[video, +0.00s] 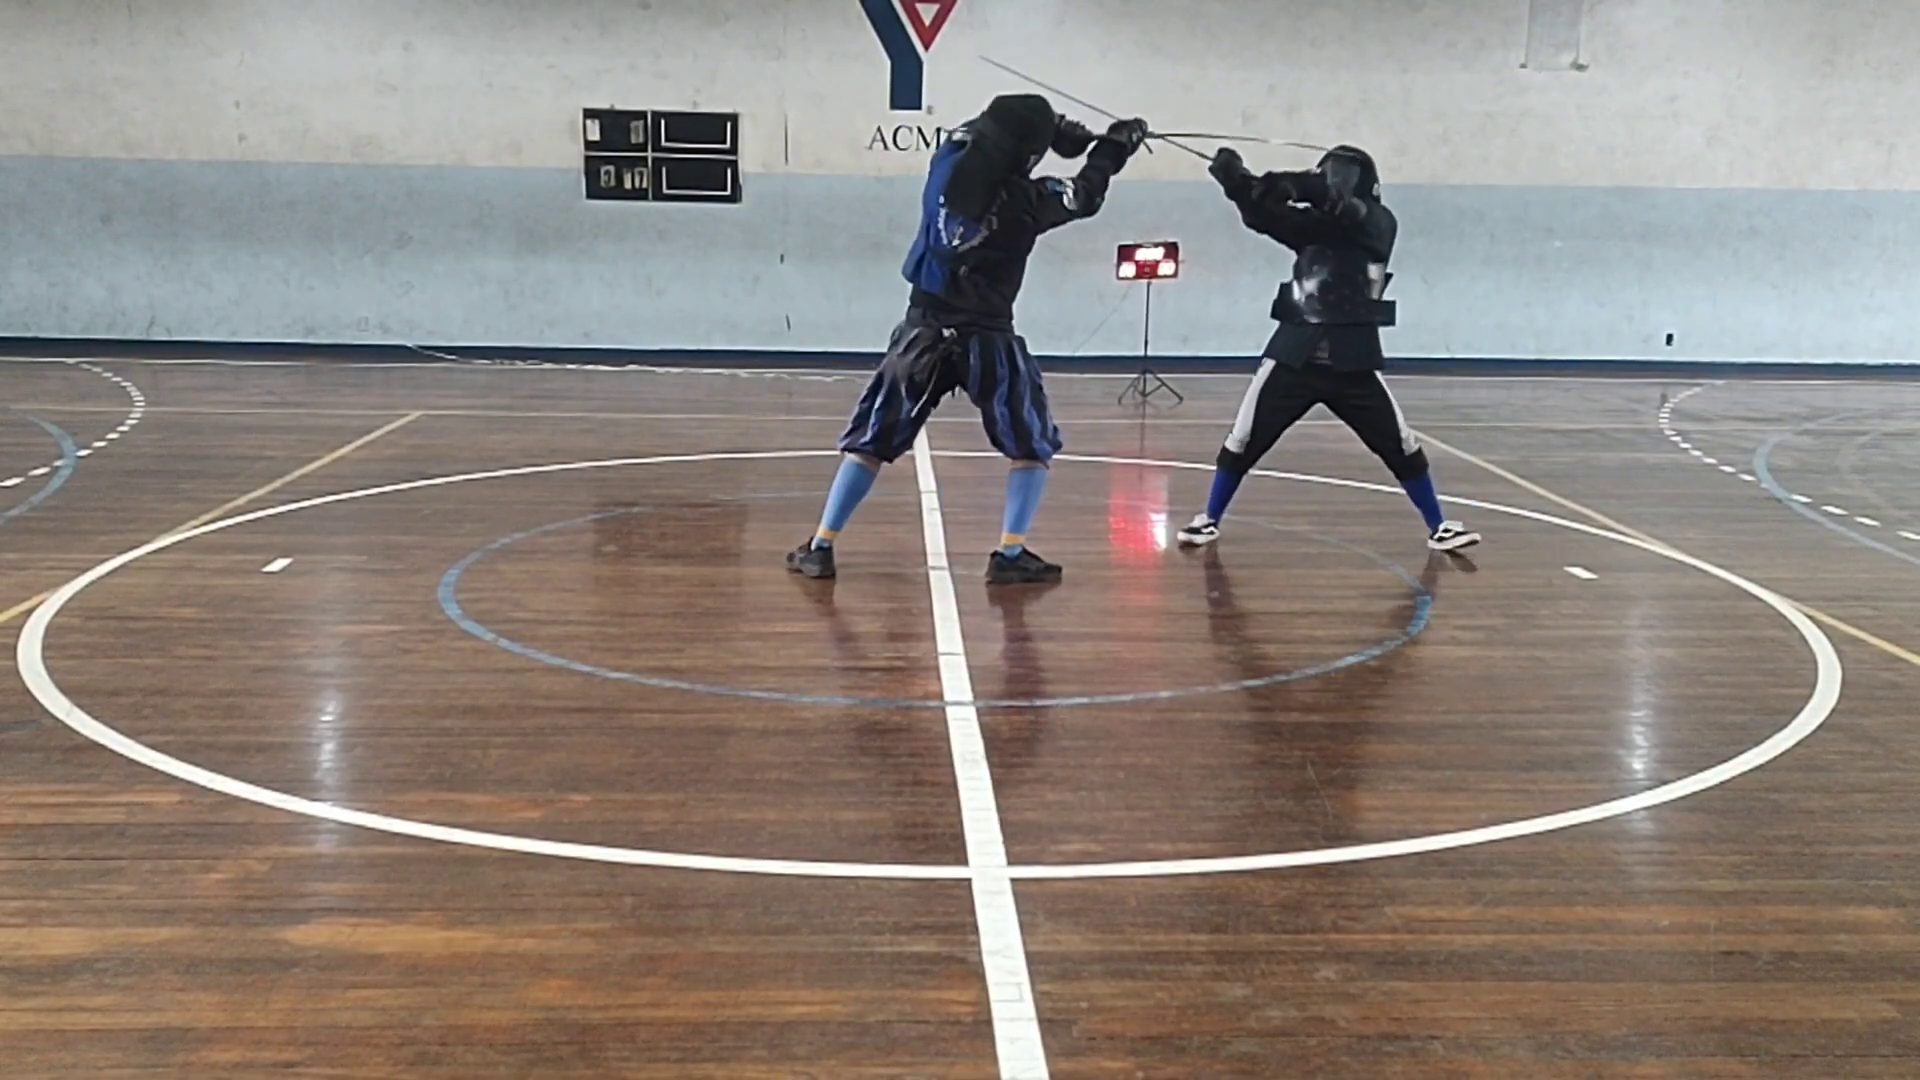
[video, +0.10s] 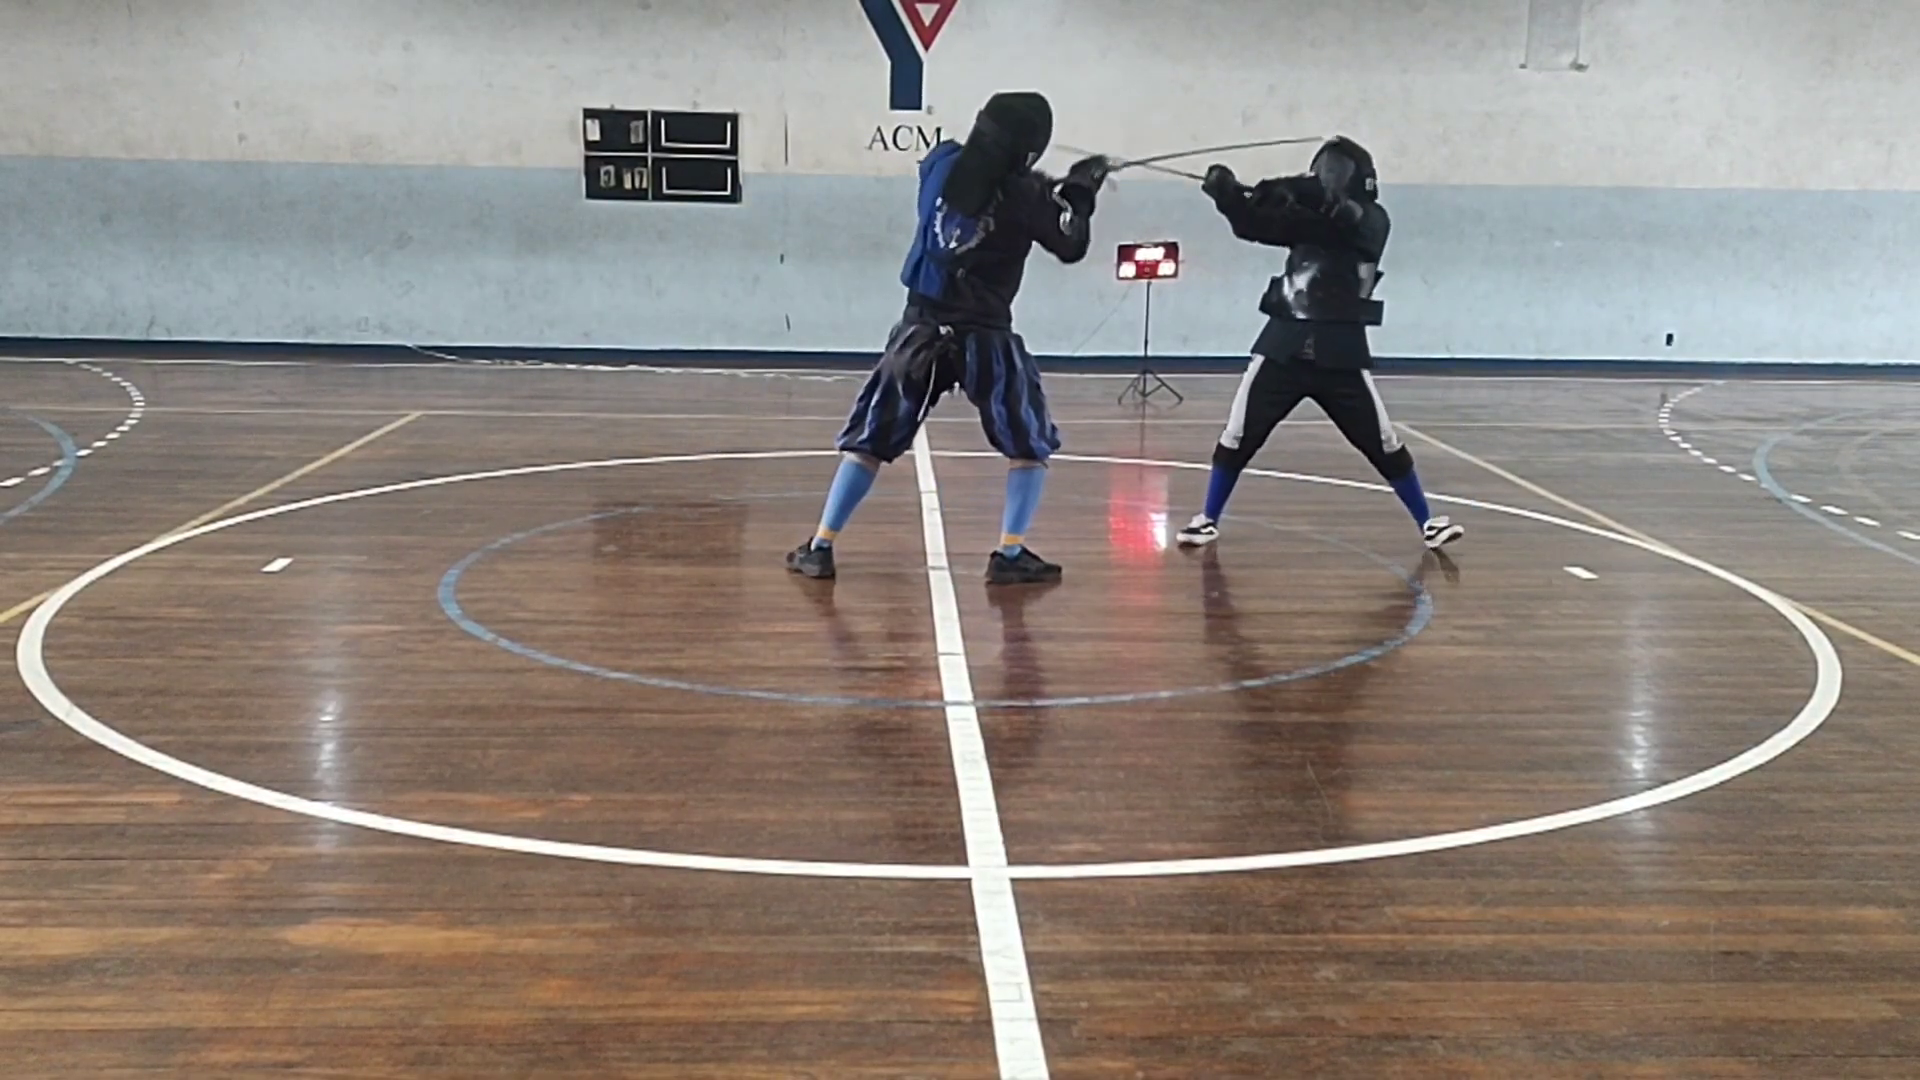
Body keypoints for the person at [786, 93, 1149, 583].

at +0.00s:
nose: (1041, 155)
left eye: (1042, 145)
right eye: (1038, 146)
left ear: (989, 129)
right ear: (1027, 149)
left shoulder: (946, 160)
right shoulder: (1027, 199)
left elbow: (1000, 122)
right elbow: (1084, 196)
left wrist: (1070, 136)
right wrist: (1114, 145)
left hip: (922, 328)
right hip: (989, 337)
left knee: (874, 434)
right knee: (1032, 441)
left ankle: (820, 546)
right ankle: (1010, 553)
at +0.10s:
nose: (1039, 148)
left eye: (1038, 141)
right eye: (1038, 141)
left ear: (983, 126)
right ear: (1028, 144)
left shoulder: (940, 162)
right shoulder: (1026, 194)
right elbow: (1072, 244)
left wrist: (1032, 184)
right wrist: (1081, 195)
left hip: (919, 330)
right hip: (985, 337)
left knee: (873, 434)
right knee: (1030, 441)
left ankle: (820, 545)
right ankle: (1011, 550)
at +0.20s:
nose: (1033, 159)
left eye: (1034, 148)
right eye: (1034, 149)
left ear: (977, 129)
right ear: (1026, 151)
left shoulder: (927, 170)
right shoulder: (1026, 208)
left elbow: (900, 239)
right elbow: (1040, 288)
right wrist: (1038, 236)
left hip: (918, 332)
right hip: (987, 339)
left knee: (873, 434)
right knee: (1031, 440)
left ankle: (819, 546)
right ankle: (1011, 551)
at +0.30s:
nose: (1026, 158)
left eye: (1027, 148)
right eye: (1026, 148)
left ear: (967, 133)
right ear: (1018, 152)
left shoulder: (914, 184)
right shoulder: (1022, 218)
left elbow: (887, 258)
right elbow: (1016, 306)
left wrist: (908, 304)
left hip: (911, 337)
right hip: (981, 343)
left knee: (864, 434)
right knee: (1030, 440)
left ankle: (819, 546)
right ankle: (1011, 552)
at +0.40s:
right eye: (999, 148)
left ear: (941, 136)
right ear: (995, 151)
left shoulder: (893, 195)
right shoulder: (1008, 220)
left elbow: (869, 273)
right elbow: (1006, 307)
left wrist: (882, 326)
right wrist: (957, 317)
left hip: (899, 338)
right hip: (972, 344)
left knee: (851, 432)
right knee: (1024, 440)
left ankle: (807, 539)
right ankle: (1011, 551)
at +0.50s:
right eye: (968, 145)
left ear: (910, 142)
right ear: (965, 150)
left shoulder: (866, 199)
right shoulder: (981, 215)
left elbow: (846, 279)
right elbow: (987, 304)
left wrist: (864, 327)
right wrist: (940, 312)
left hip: (880, 343)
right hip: (951, 346)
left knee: (841, 436)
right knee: (1008, 444)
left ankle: (787, 527)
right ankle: (1010, 549)